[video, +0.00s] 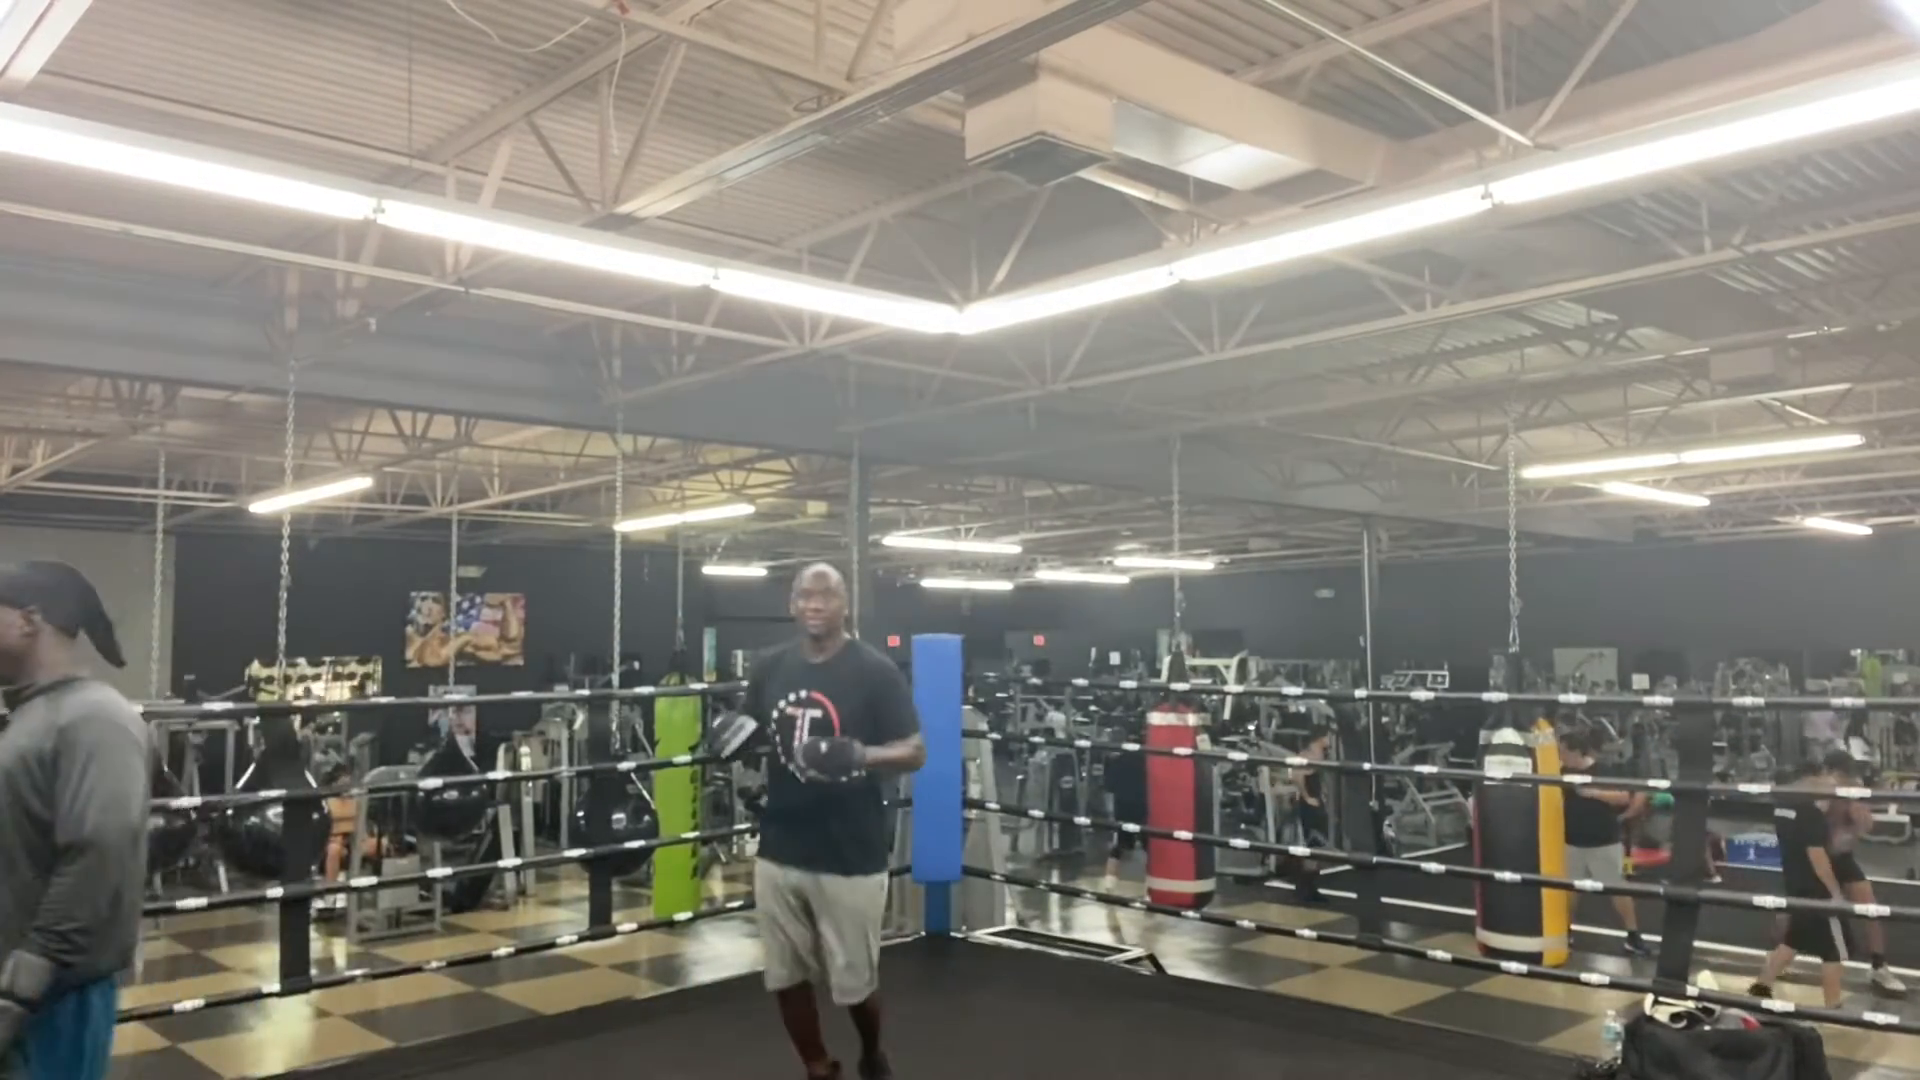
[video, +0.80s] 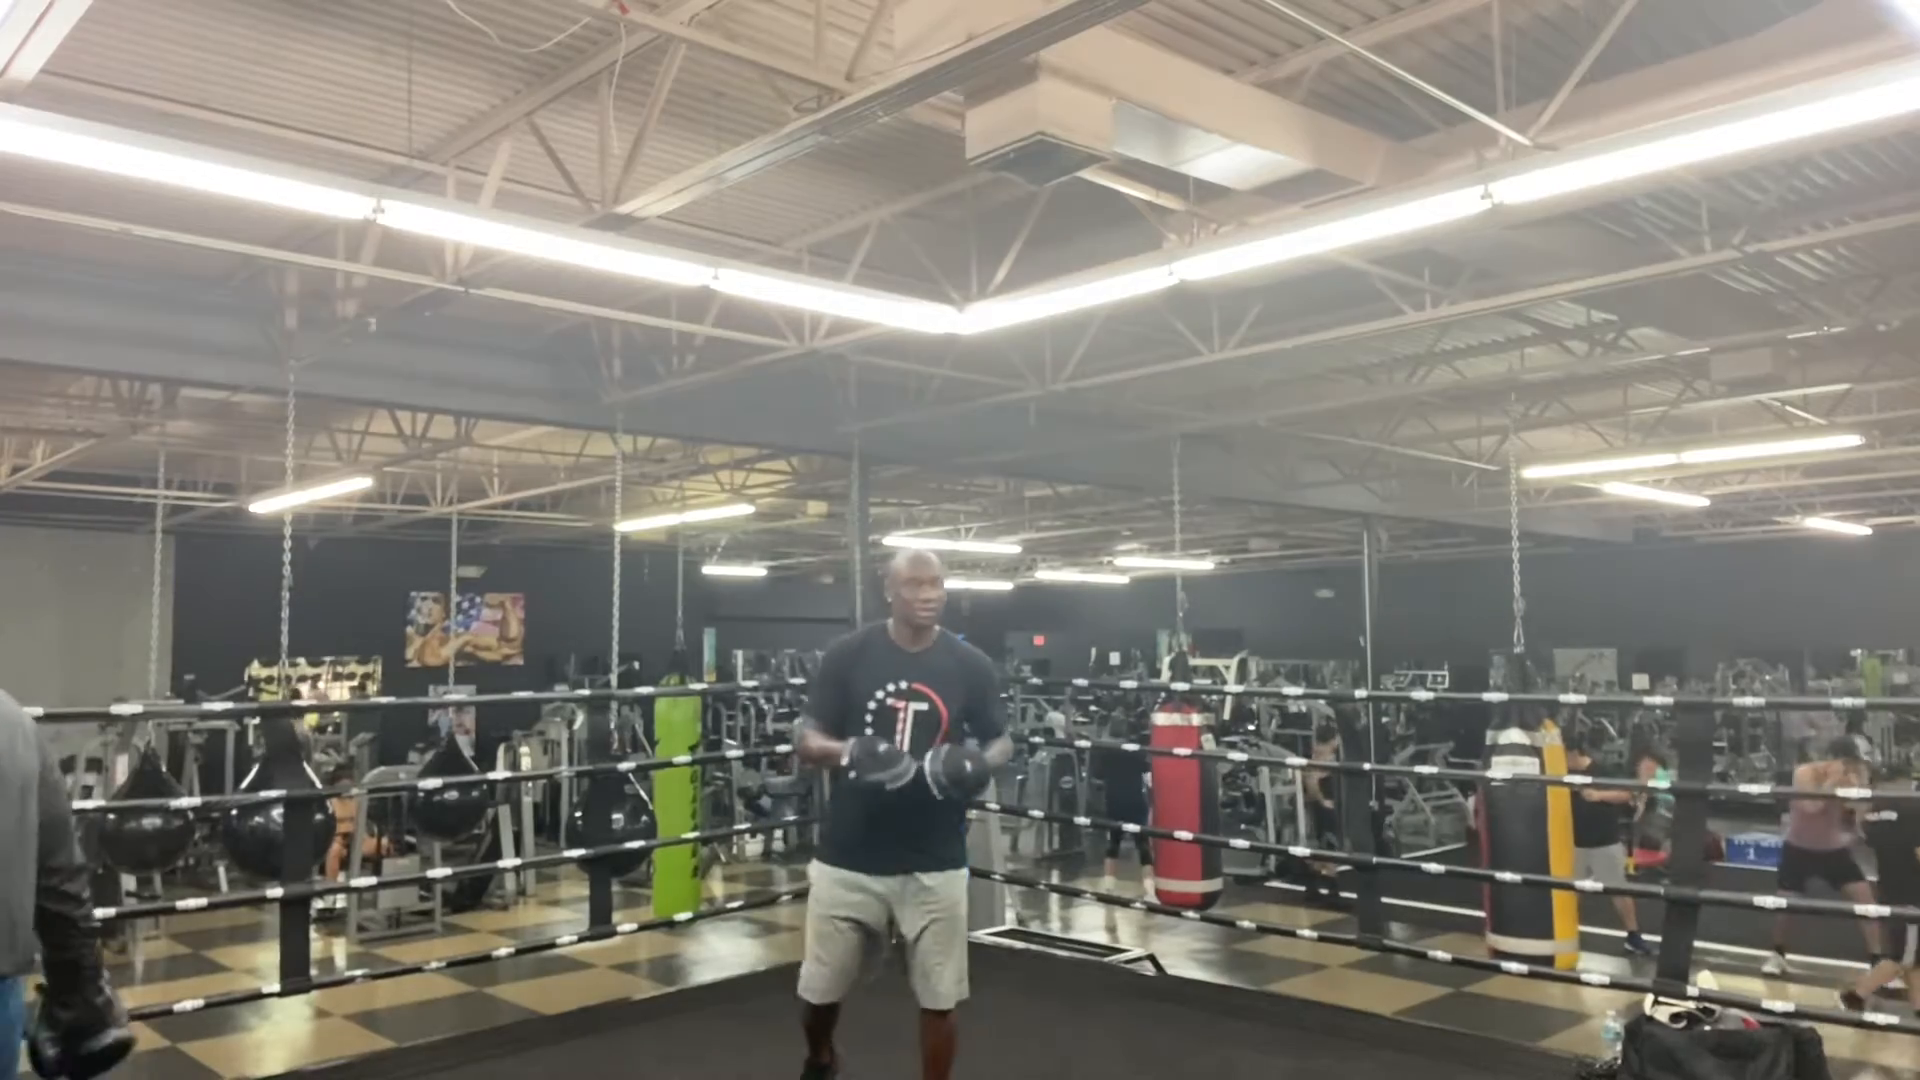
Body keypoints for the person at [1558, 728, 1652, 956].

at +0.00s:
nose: (1560, 757)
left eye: (1563, 751)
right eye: (1559, 751)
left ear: (1579, 752)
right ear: (1568, 752)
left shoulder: (1606, 773)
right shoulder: (1562, 775)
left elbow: (1622, 797)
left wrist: (1594, 793)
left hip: (1604, 843)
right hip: (1570, 842)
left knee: (1619, 890)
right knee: (1565, 890)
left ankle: (1633, 934)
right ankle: (1563, 931)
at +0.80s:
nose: (1567, 762)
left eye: (1570, 757)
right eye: (1565, 757)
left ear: (1582, 756)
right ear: (1564, 759)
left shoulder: (1603, 773)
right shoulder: (1561, 777)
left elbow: (1626, 794)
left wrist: (1598, 794)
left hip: (1605, 841)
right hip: (1573, 842)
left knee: (1619, 890)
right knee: (1567, 892)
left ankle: (1633, 933)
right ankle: (1563, 936)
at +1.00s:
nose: (1564, 761)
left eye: (1567, 756)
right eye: (1562, 757)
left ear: (1578, 754)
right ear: (1561, 757)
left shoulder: (1600, 770)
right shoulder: (1557, 777)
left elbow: (1627, 793)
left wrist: (1599, 796)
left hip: (1604, 840)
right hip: (1573, 843)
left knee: (1620, 889)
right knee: (1566, 892)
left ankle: (1633, 934)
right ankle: (1563, 937)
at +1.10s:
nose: (1562, 763)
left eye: (1565, 757)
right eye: (1561, 758)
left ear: (1577, 755)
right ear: (1562, 757)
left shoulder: (1600, 771)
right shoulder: (1560, 778)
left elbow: (1626, 793)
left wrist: (1599, 796)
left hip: (1605, 841)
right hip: (1574, 844)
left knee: (1619, 889)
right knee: (1567, 892)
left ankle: (1633, 934)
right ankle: (1565, 938)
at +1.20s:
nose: (1564, 763)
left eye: (1567, 757)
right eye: (1562, 758)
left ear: (1578, 755)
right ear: (1561, 758)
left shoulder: (1600, 771)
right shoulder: (1560, 778)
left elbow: (1625, 793)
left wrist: (1597, 796)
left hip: (1603, 839)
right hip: (1573, 843)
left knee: (1619, 888)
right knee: (1567, 891)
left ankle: (1633, 934)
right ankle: (1565, 937)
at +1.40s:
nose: (1566, 762)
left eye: (1568, 757)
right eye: (1564, 758)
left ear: (1578, 754)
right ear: (1562, 758)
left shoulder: (1603, 769)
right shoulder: (1560, 777)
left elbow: (1627, 792)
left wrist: (1594, 797)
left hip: (1603, 840)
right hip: (1572, 843)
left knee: (1618, 889)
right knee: (1568, 892)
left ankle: (1633, 934)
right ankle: (1568, 938)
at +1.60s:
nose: (1565, 764)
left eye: (1567, 758)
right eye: (1563, 759)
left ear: (1577, 755)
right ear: (1563, 758)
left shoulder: (1600, 770)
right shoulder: (1564, 776)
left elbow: (1625, 794)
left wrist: (1594, 798)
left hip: (1603, 842)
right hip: (1574, 843)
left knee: (1617, 889)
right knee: (1568, 891)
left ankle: (1633, 935)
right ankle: (1566, 936)